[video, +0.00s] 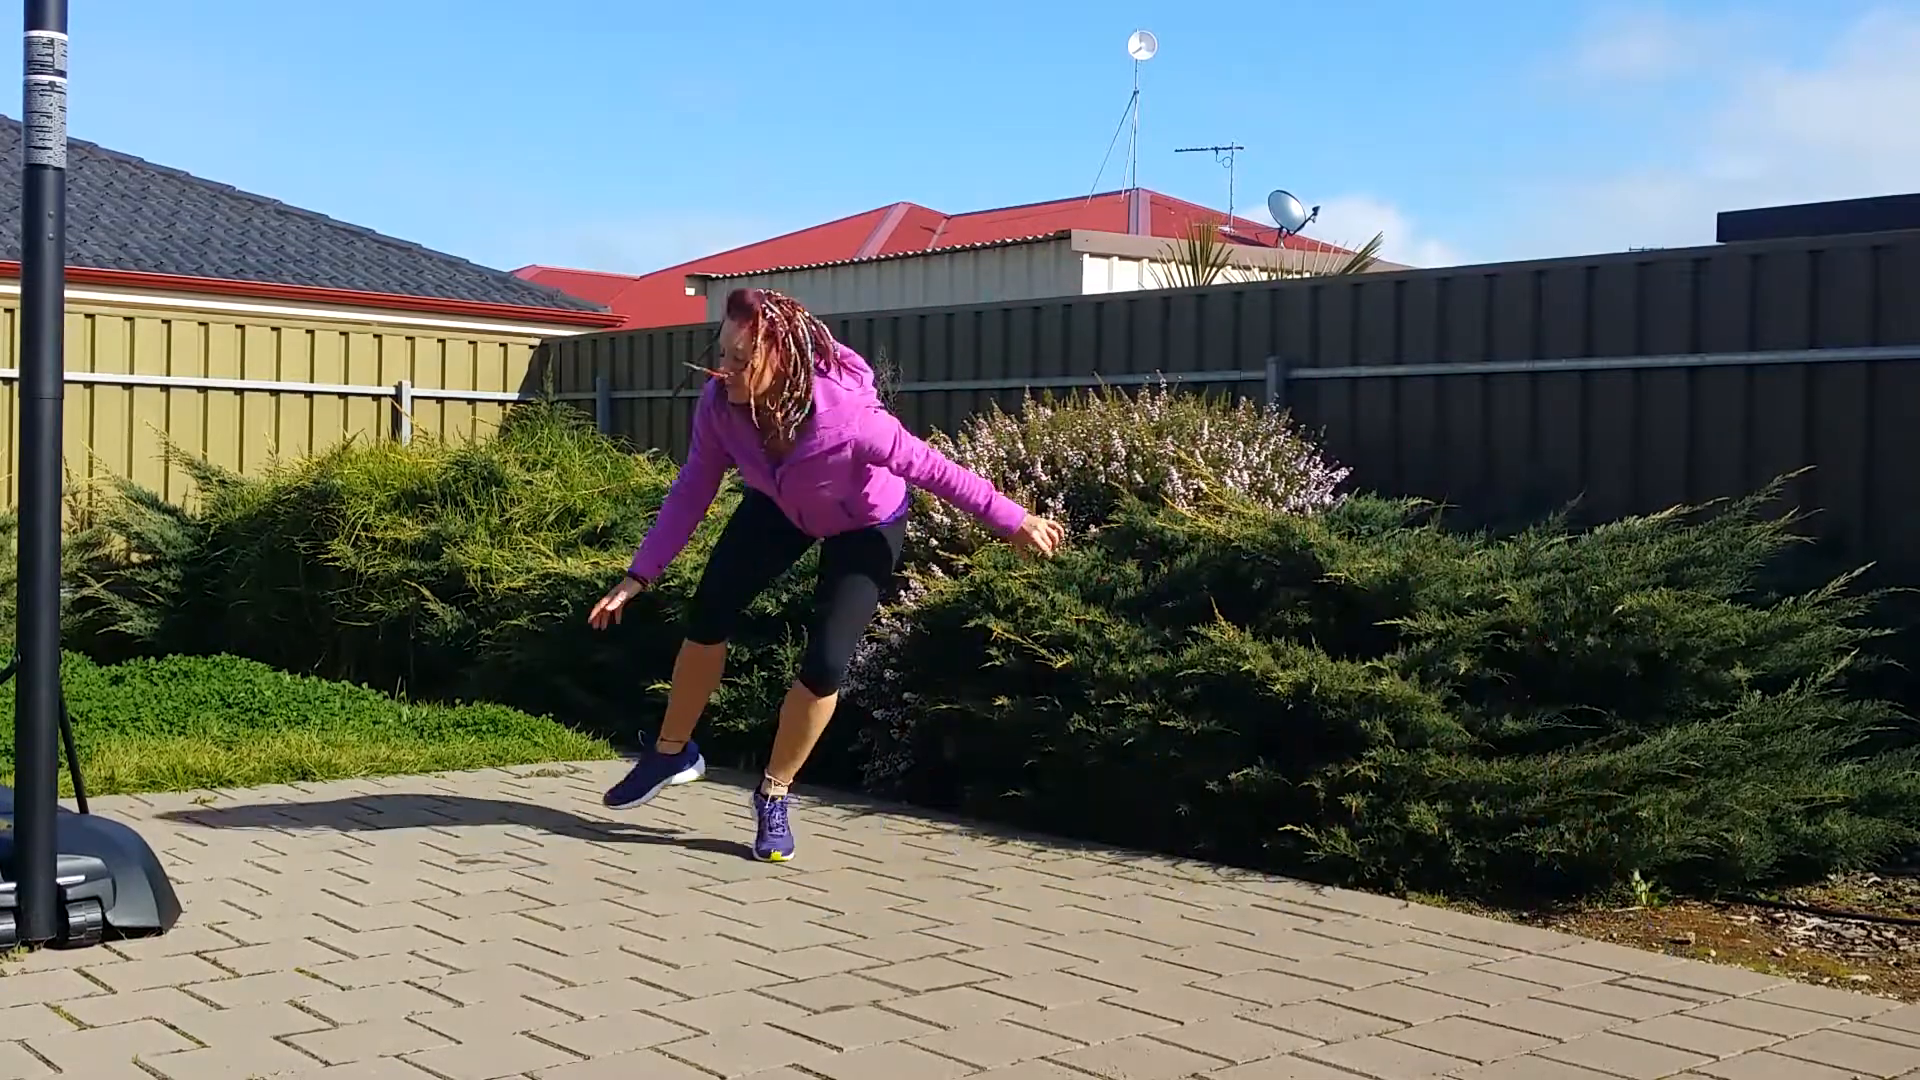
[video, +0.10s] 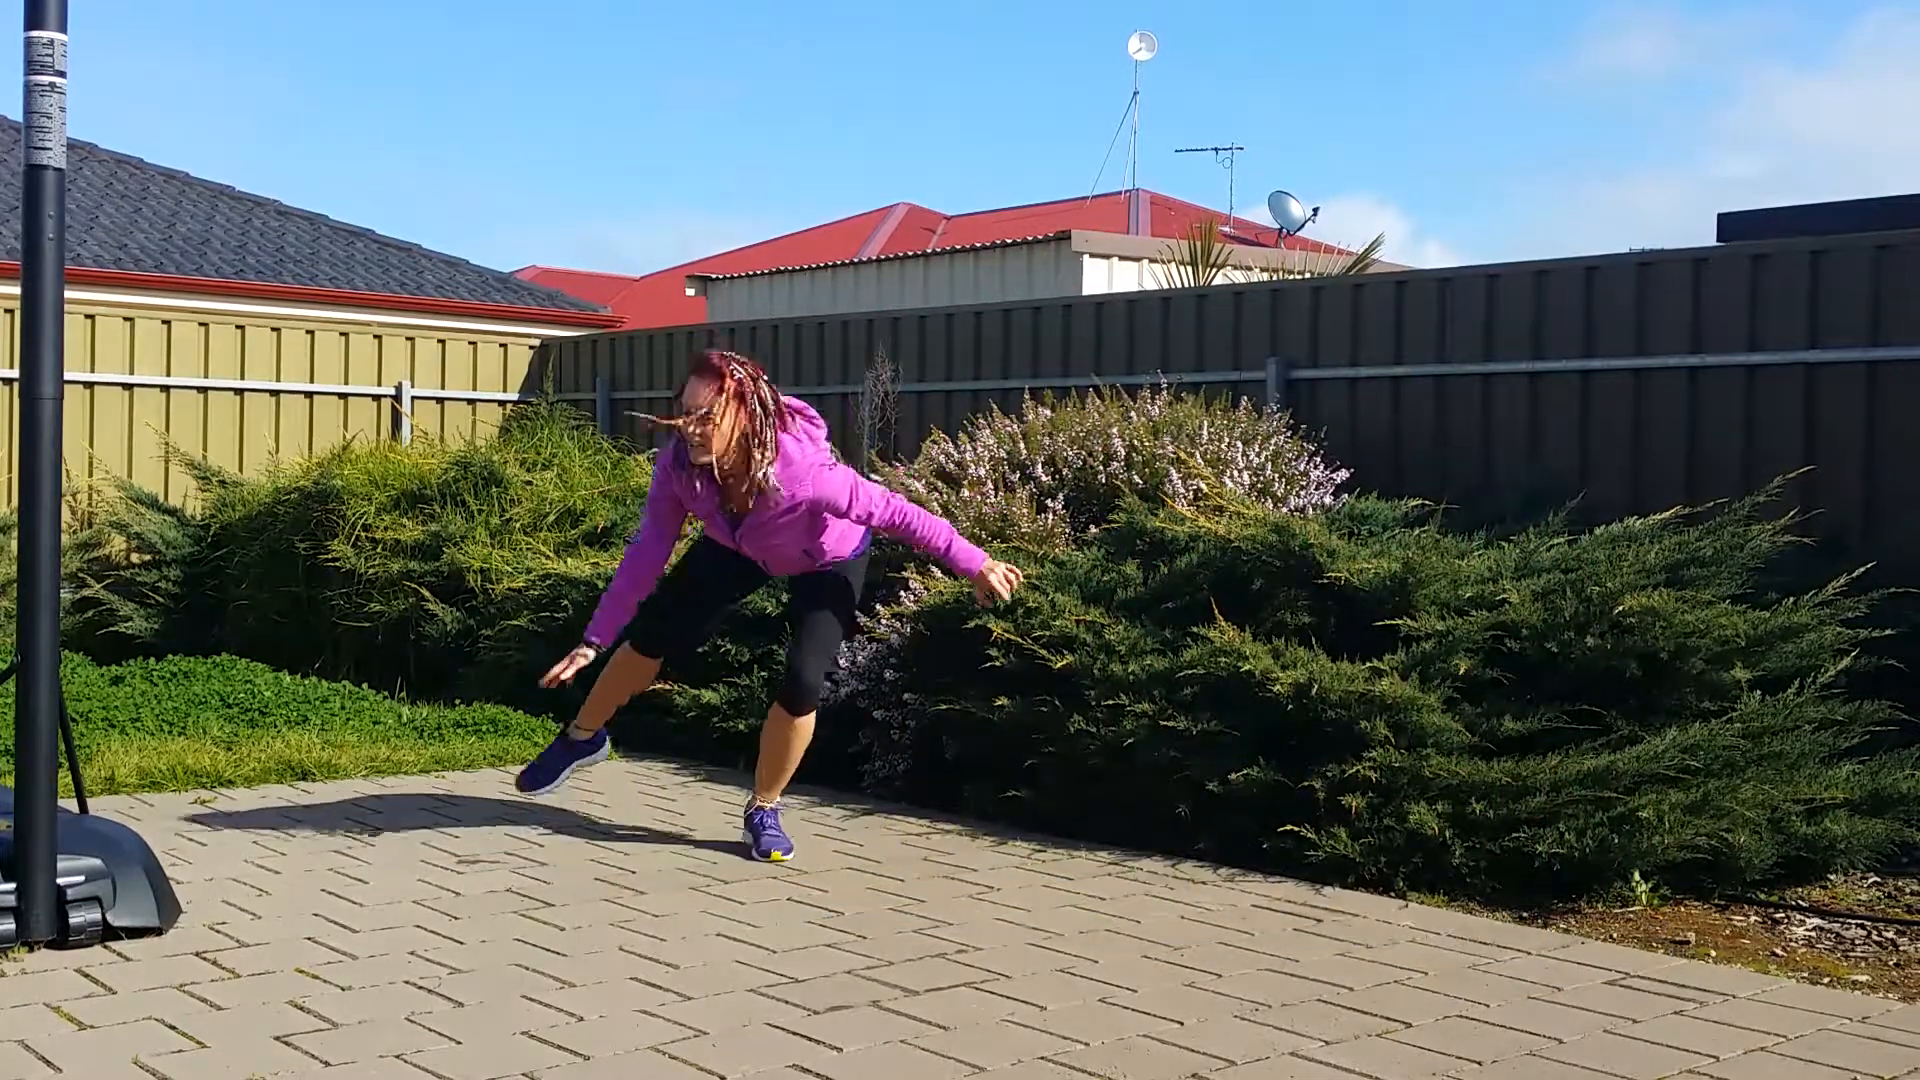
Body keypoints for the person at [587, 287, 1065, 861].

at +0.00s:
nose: (725, 368)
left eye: (739, 359)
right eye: (723, 354)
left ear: (781, 362)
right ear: (721, 352)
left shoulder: (845, 414)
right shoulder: (720, 405)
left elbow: (931, 467)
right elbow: (690, 491)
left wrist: (1014, 520)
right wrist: (638, 576)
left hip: (864, 513)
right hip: (779, 499)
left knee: (827, 662)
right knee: (710, 611)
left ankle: (774, 794)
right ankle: (670, 750)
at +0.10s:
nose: (690, 425)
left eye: (704, 413)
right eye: (685, 413)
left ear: (744, 414)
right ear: (681, 413)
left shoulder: (799, 469)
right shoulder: (679, 469)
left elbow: (892, 511)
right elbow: (645, 556)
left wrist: (973, 562)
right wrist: (593, 640)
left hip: (826, 552)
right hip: (741, 542)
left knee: (804, 682)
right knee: (656, 629)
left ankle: (764, 809)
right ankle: (580, 736)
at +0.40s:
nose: (600, 578)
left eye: (613, 564)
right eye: (588, 565)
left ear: (638, 558)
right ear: (573, 564)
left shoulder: (694, 569)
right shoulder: (562, 604)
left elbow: (768, 564)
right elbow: (548, 698)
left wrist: (825, 616)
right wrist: (518, 801)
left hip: (720, 614)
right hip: (635, 632)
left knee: (776, 654)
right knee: (564, 691)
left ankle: (762, 811)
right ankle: (578, 787)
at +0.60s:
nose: (599, 571)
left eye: (610, 556)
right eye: (586, 559)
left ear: (635, 549)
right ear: (571, 557)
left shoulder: (691, 562)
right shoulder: (559, 596)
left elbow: (765, 562)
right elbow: (532, 689)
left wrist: (819, 620)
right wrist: (496, 781)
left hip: (710, 607)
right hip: (625, 626)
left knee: (776, 649)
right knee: (552, 695)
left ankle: (760, 809)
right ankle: (577, 784)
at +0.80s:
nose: (670, 455)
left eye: (683, 442)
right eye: (657, 444)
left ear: (708, 444)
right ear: (643, 448)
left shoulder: (756, 482)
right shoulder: (627, 490)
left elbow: (826, 520)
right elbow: (584, 559)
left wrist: (876, 578)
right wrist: (543, 640)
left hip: (774, 563)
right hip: (688, 564)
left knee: (789, 673)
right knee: (626, 664)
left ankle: (764, 808)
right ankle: (582, 776)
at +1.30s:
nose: (896, 365)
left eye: (910, 351)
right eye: (881, 351)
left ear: (935, 358)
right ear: (860, 360)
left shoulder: (974, 416)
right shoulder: (839, 429)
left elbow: (1043, 492)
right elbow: (809, 522)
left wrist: (1117, 553)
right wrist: (769, 599)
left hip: (1004, 578)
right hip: (906, 585)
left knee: (1078, 691)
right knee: (825, 696)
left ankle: (1172, 849)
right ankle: (830, 830)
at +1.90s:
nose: (1286, 480)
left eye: (1299, 463)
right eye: (1268, 466)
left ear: (1323, 464)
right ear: (1240, 472)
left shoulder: (1372, 525)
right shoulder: (1218, 530)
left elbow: (1441, 650)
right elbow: (1175, 596)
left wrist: (1485, 772)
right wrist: (1157, 665)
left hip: (1429, 601)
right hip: (1322, 629)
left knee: (1553, 737)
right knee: (1251, 731)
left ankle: (1695, 890)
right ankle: (1325, 898)